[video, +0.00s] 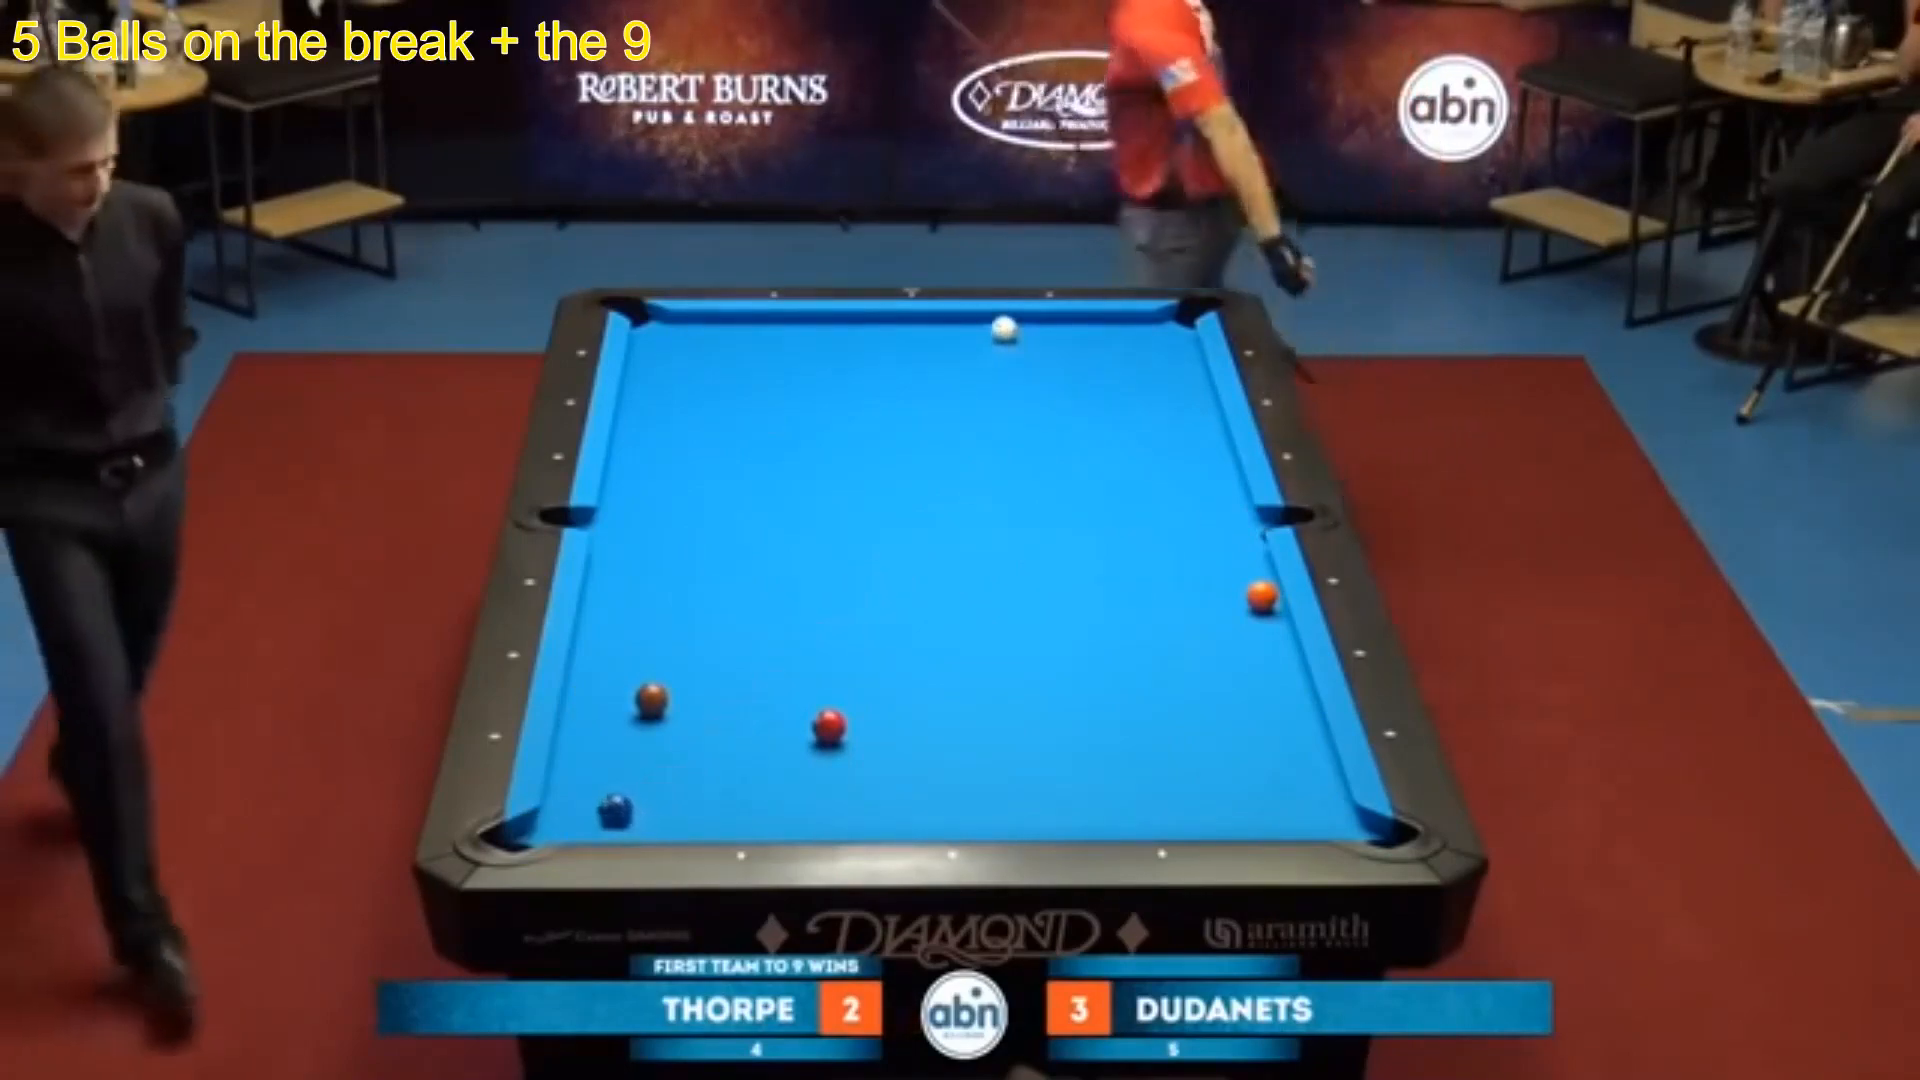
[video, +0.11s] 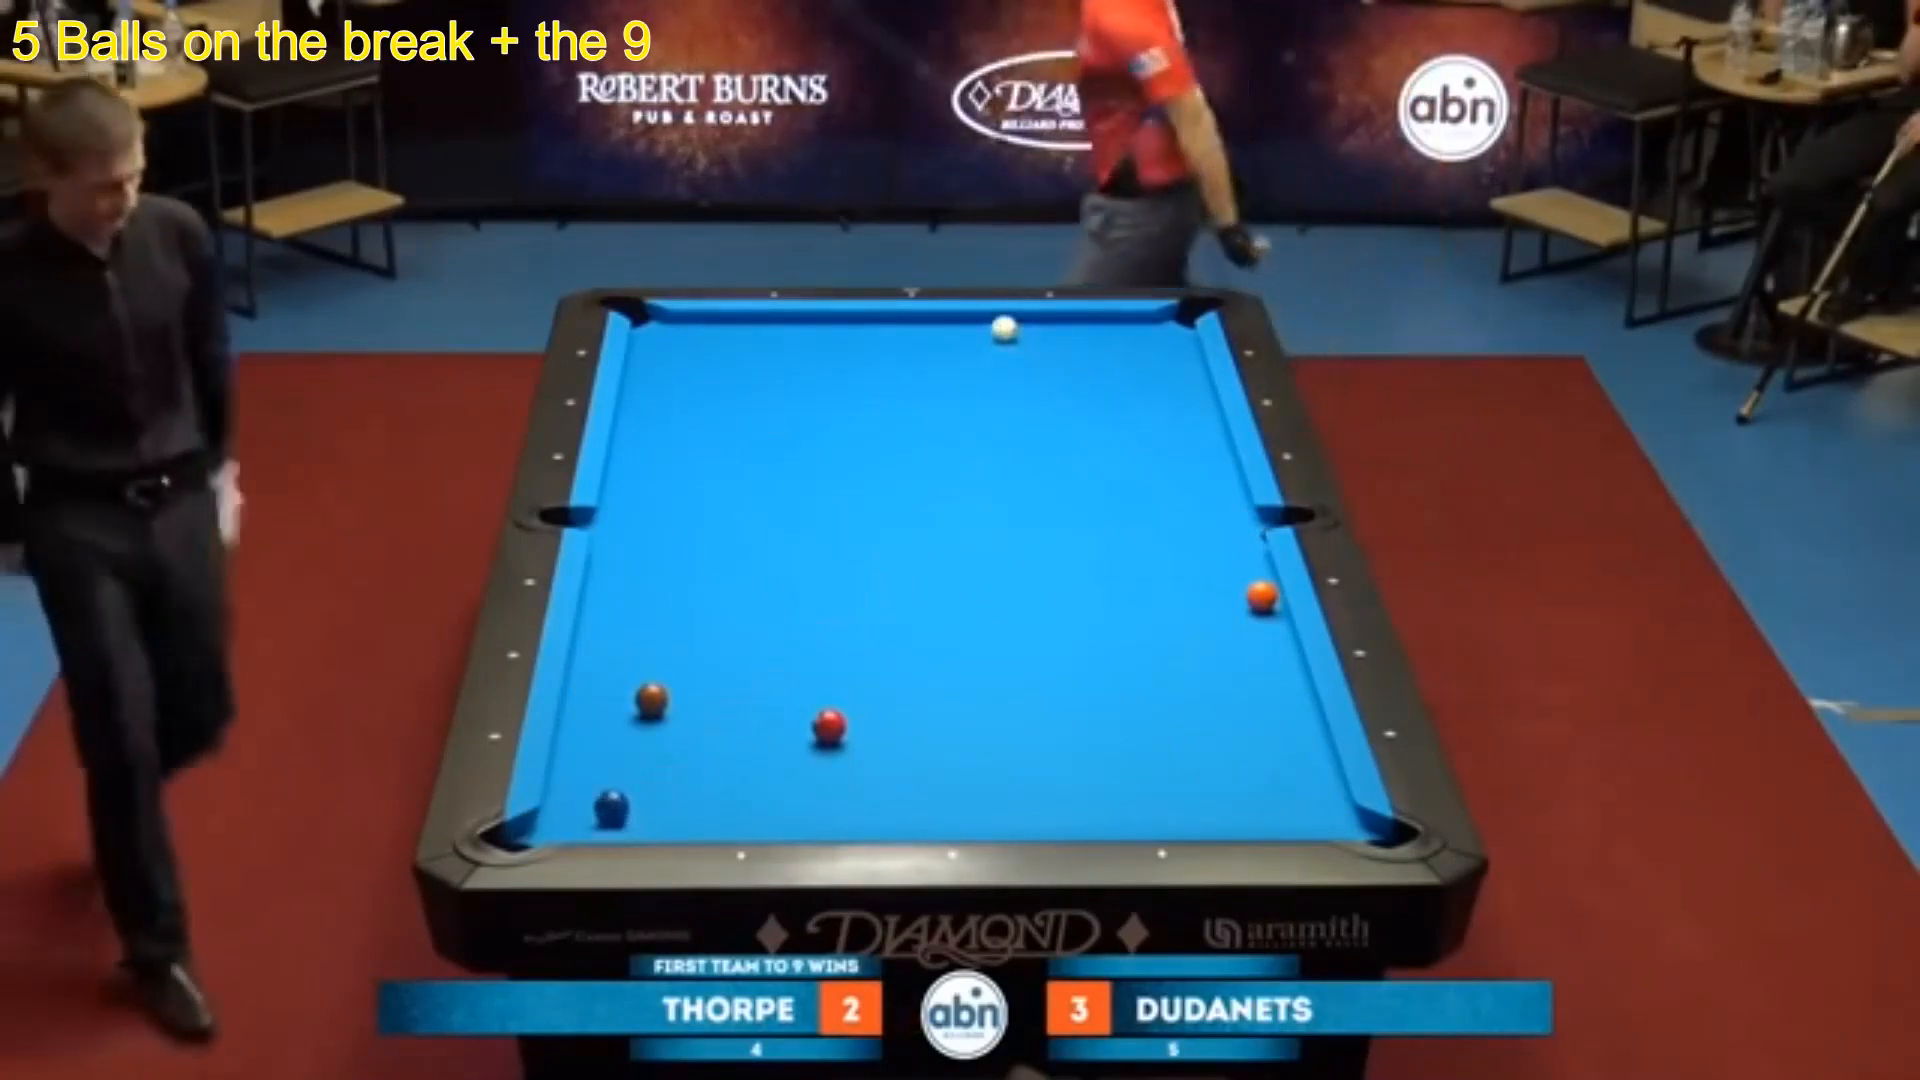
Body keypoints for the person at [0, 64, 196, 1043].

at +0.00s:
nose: (97, 185)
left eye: (105, 166)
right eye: (77, 173)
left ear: (115, 151)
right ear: (20, 172)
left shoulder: (150, 220)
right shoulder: (8, 249)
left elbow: (171, 338)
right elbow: (10, 384)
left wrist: (141, 420)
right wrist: (38, 455)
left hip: (150, 481)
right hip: (46, 499)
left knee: (127, 666)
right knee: (103, 711)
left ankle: (76, 759)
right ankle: (144, 930)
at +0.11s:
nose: (121, 202)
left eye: (130, 183)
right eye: (101, 188)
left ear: (141, 167)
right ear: (48, 180)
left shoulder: (178, 233)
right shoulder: (13, 260)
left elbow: (212, 354)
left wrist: (221, 466)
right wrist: (10, 517)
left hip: (180, 501)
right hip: (72, 517)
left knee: (202, 710)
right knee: (121, 735)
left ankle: (116, 790)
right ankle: (156, 950)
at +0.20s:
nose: (149, 204)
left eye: (157, 184)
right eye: (128, 192)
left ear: (167, 169)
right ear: (71, 185)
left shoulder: (207, 246)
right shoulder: (27, 280)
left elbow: (243, 373)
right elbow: (6, 429)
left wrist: (273, 493)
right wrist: (11, 554)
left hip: (196, 514)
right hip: (87, 531)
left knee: (239, 742)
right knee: (132, 754)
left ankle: (151, 833)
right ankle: (158, 948)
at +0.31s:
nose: (211, 228)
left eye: (217, 209)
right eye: (190, 213)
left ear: (223, 194)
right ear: (122, 203)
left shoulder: (243, 273)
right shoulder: (53, 313)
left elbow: (298, 396)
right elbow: (5, 469)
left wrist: (356, 514)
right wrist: (12, 605)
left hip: (227, 546)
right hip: (119, 566)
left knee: (281, 775)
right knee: (140, 784)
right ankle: (160, 967)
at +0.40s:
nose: (252, 255)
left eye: (257, 236)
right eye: (232, 240)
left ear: (260, 222)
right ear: (165, 231)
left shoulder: (265, 303)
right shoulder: (84, 335)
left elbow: (339, 419)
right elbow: (20, 486)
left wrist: (416, 534)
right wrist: (31, 636)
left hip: (244, 577)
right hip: (135, 598)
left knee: (291, 816)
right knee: (152, 804)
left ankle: (356, 1041)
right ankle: (164, 965)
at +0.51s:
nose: (322, 304)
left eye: (328, 282)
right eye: (303, 285)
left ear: (331, 266)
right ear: (238, 270)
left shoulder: (324, 362)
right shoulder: (144, 366)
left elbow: (414, 471)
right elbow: (57, 512)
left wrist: (510, 578)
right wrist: (64, 658)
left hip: (272, 626)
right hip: (159, 640)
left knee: (325, 861)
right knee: (177, 836)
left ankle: (378, 1058)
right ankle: (176, 979)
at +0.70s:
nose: (444, 365)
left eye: (452, 349)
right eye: (437, 346)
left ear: (400, 323)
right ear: (377, 314)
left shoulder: (412, 416)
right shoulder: (229, 391)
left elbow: (495, 536)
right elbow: (110, 516)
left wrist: (596, 659)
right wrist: (84, 662)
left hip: (311, 661)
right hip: (195, 674)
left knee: (361, 908)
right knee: (231, 922)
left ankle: (387, 1066)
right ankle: (214, 1060)